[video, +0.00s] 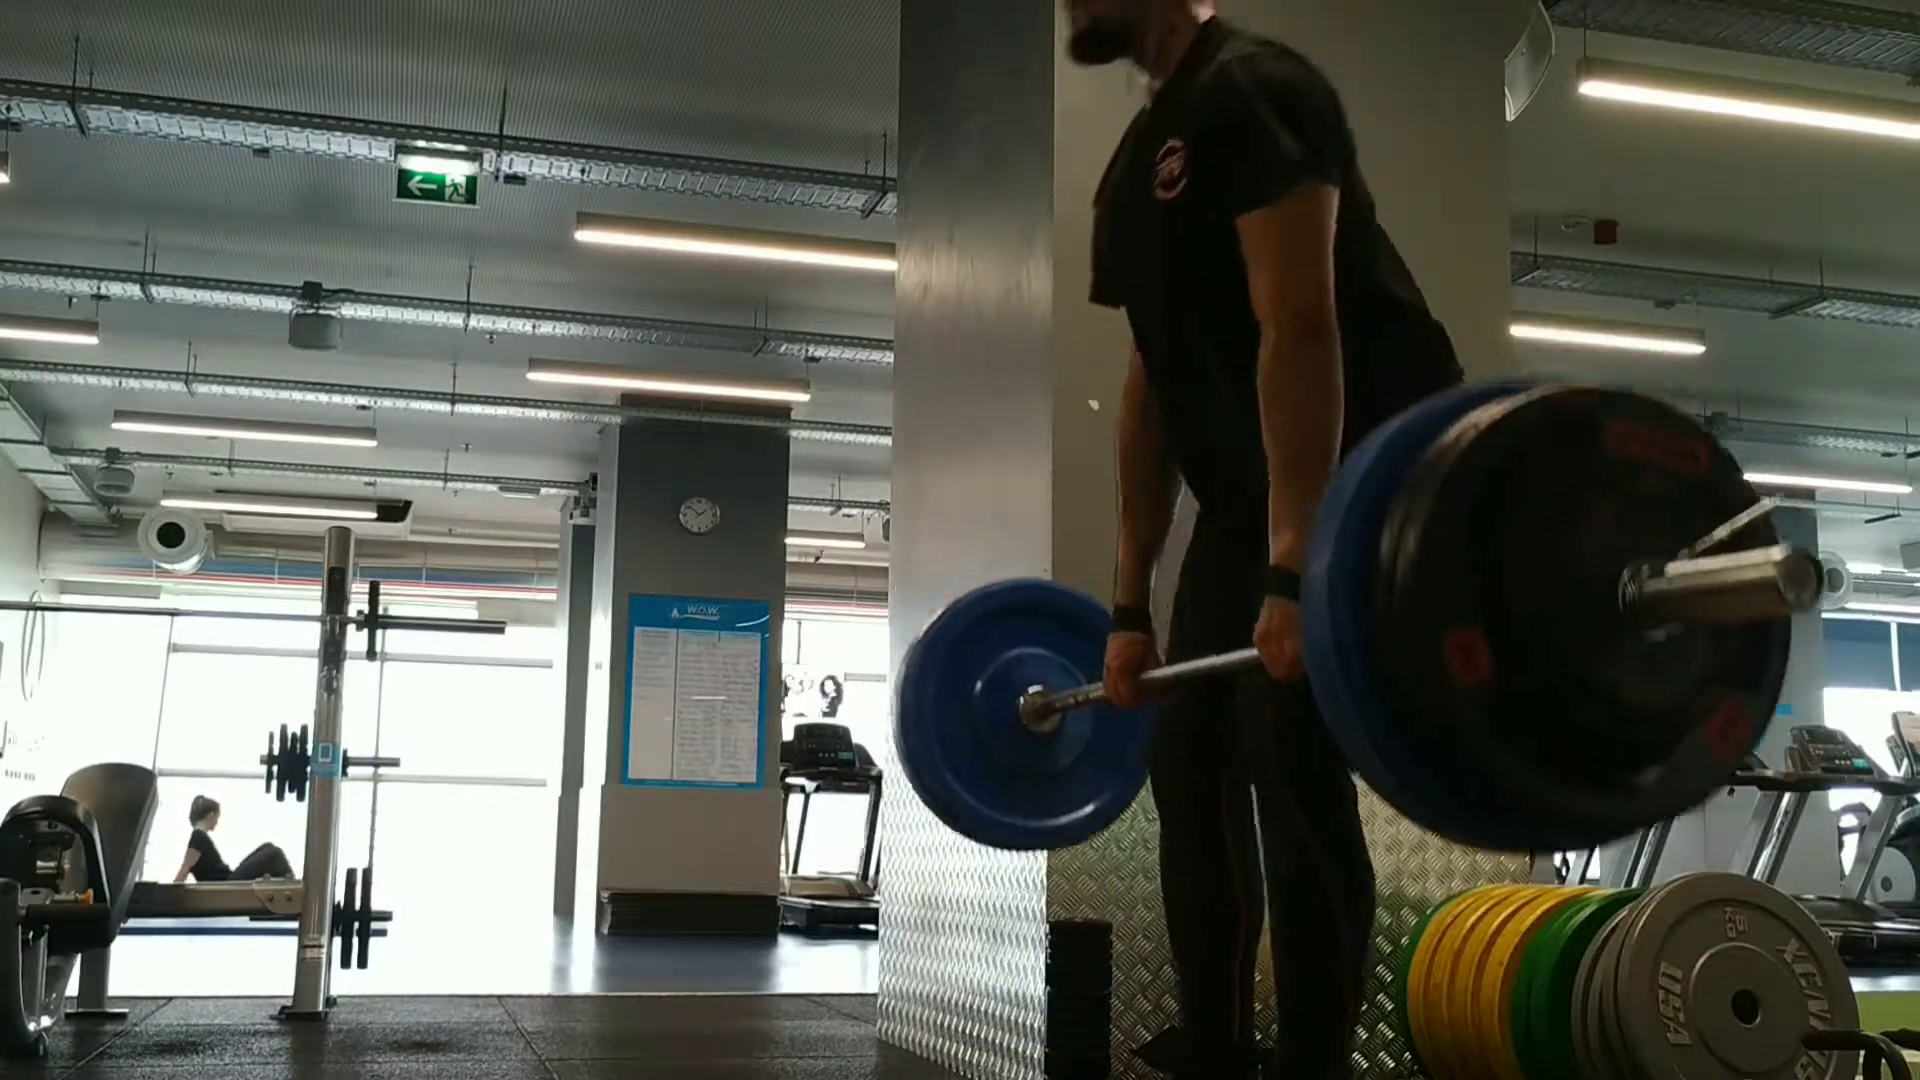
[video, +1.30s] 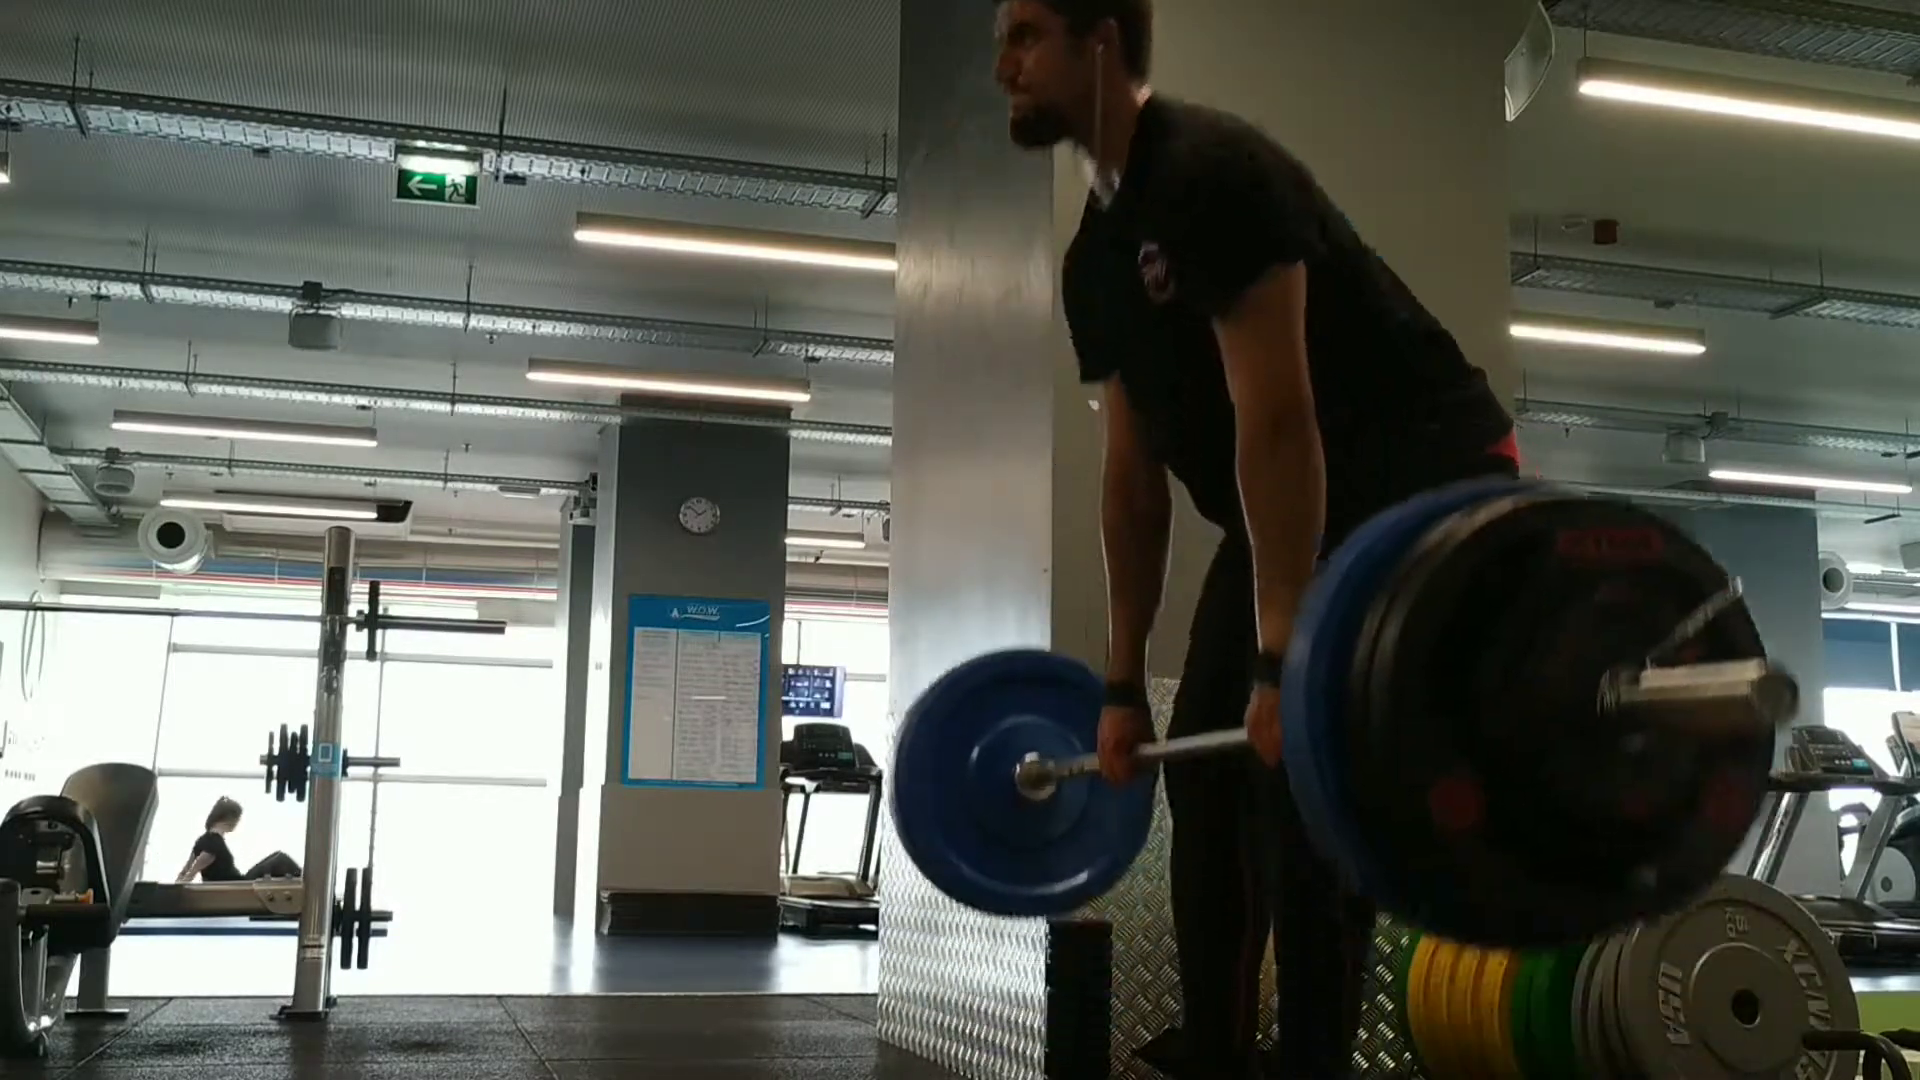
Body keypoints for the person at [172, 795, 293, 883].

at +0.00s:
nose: (217, 820)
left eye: (218, 816)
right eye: (217, 815)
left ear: (202, 815)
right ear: (208, 815)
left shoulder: (201, 836)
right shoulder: (199, 837)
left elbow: (186, 869)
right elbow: (185, 869)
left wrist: (173, 891)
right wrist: (172, 892)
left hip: (227, 880)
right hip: (227, 883)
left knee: (267, 847)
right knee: (273, 853)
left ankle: (287, 886)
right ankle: (292, 888)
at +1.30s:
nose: (237, 823)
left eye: (237, 819)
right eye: (236, 819)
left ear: (217, 817)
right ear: (230, 819)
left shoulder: (203, 840)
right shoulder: (215, 842)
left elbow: (187, 868)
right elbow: (195, 869)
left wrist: (175, 885)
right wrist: (180, 886)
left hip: (224, 887)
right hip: (237, 887)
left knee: (276, 857)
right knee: (280, 858)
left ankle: (300, 881)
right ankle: (305, 881)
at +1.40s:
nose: (246, 822)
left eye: (246, 818)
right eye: (244, 817)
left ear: (231, 817)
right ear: (235, 817)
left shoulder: (214, 837)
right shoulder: (219, 839)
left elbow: (197, 867)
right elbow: (197, 867)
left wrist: (180, 885)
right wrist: (179, 886)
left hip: (235, 886)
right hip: (238, 888)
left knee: (281, 860)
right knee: (283, 860)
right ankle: (309, 882)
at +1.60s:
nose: (263, 821)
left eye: (264, 817)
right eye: (261, 816)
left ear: (248, 815)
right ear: (249, 814)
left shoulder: (237, 834)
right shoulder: (234, 833)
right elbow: (209, 859)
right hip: (236, 887)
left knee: (289, 868)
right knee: (291, 866)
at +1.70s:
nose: (271, 820)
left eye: (272, 816)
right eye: (269, 815)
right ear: (256, 814)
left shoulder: (250, 834)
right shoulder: (242, 832)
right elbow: (220, 860)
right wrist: (223, 887)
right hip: (242, 886)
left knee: (292, 867)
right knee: (292, 867)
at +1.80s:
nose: (278, 822)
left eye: (279, 817)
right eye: (277, 817)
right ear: (264, 816)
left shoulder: (258, 835)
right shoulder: (251, 833)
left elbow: (252, 863)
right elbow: (235, 866)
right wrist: (252, 886)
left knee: (294, 867)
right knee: (294, 867)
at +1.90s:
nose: (285, 823)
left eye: (285, 818)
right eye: (283, 817)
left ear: (270, 817)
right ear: (270, 817)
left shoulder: (263, 836)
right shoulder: (257, 835)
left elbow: (266, 866)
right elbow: (251, 870)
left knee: (295, 867)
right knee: (294, 867)